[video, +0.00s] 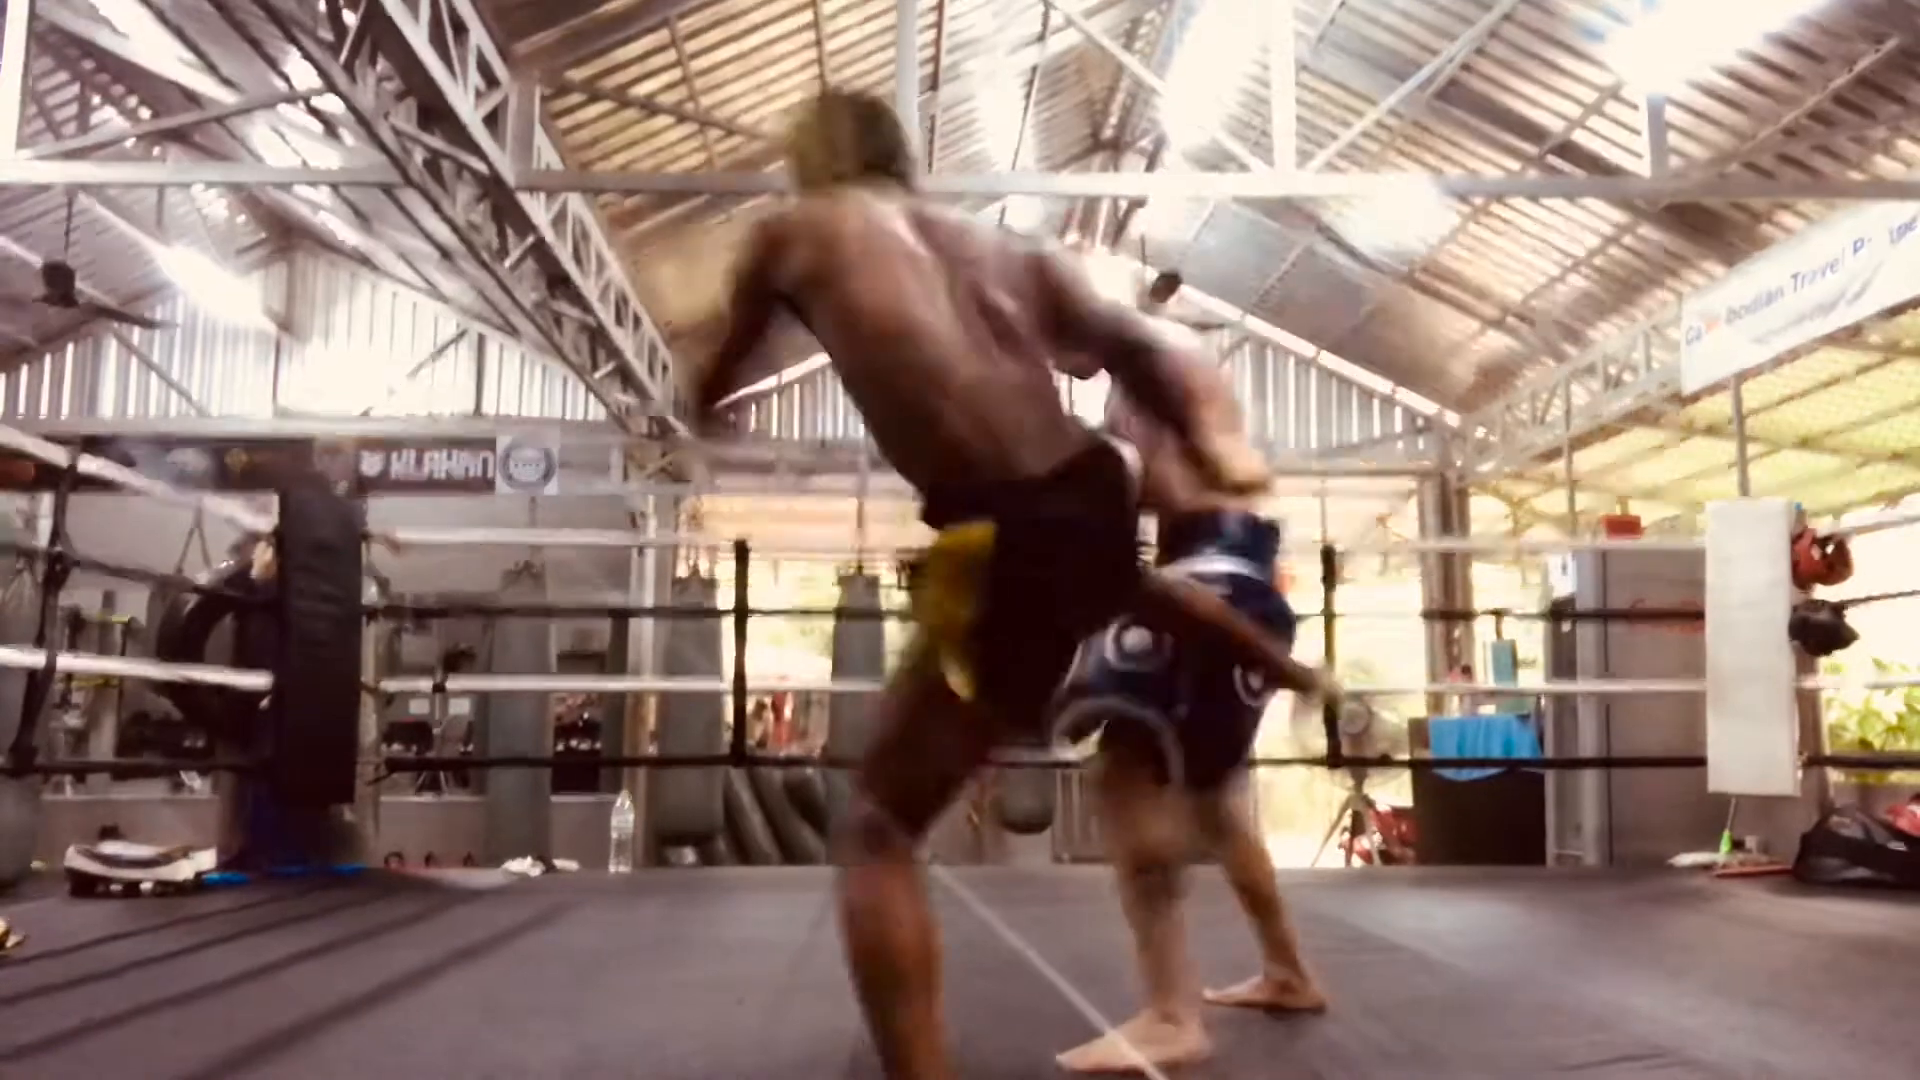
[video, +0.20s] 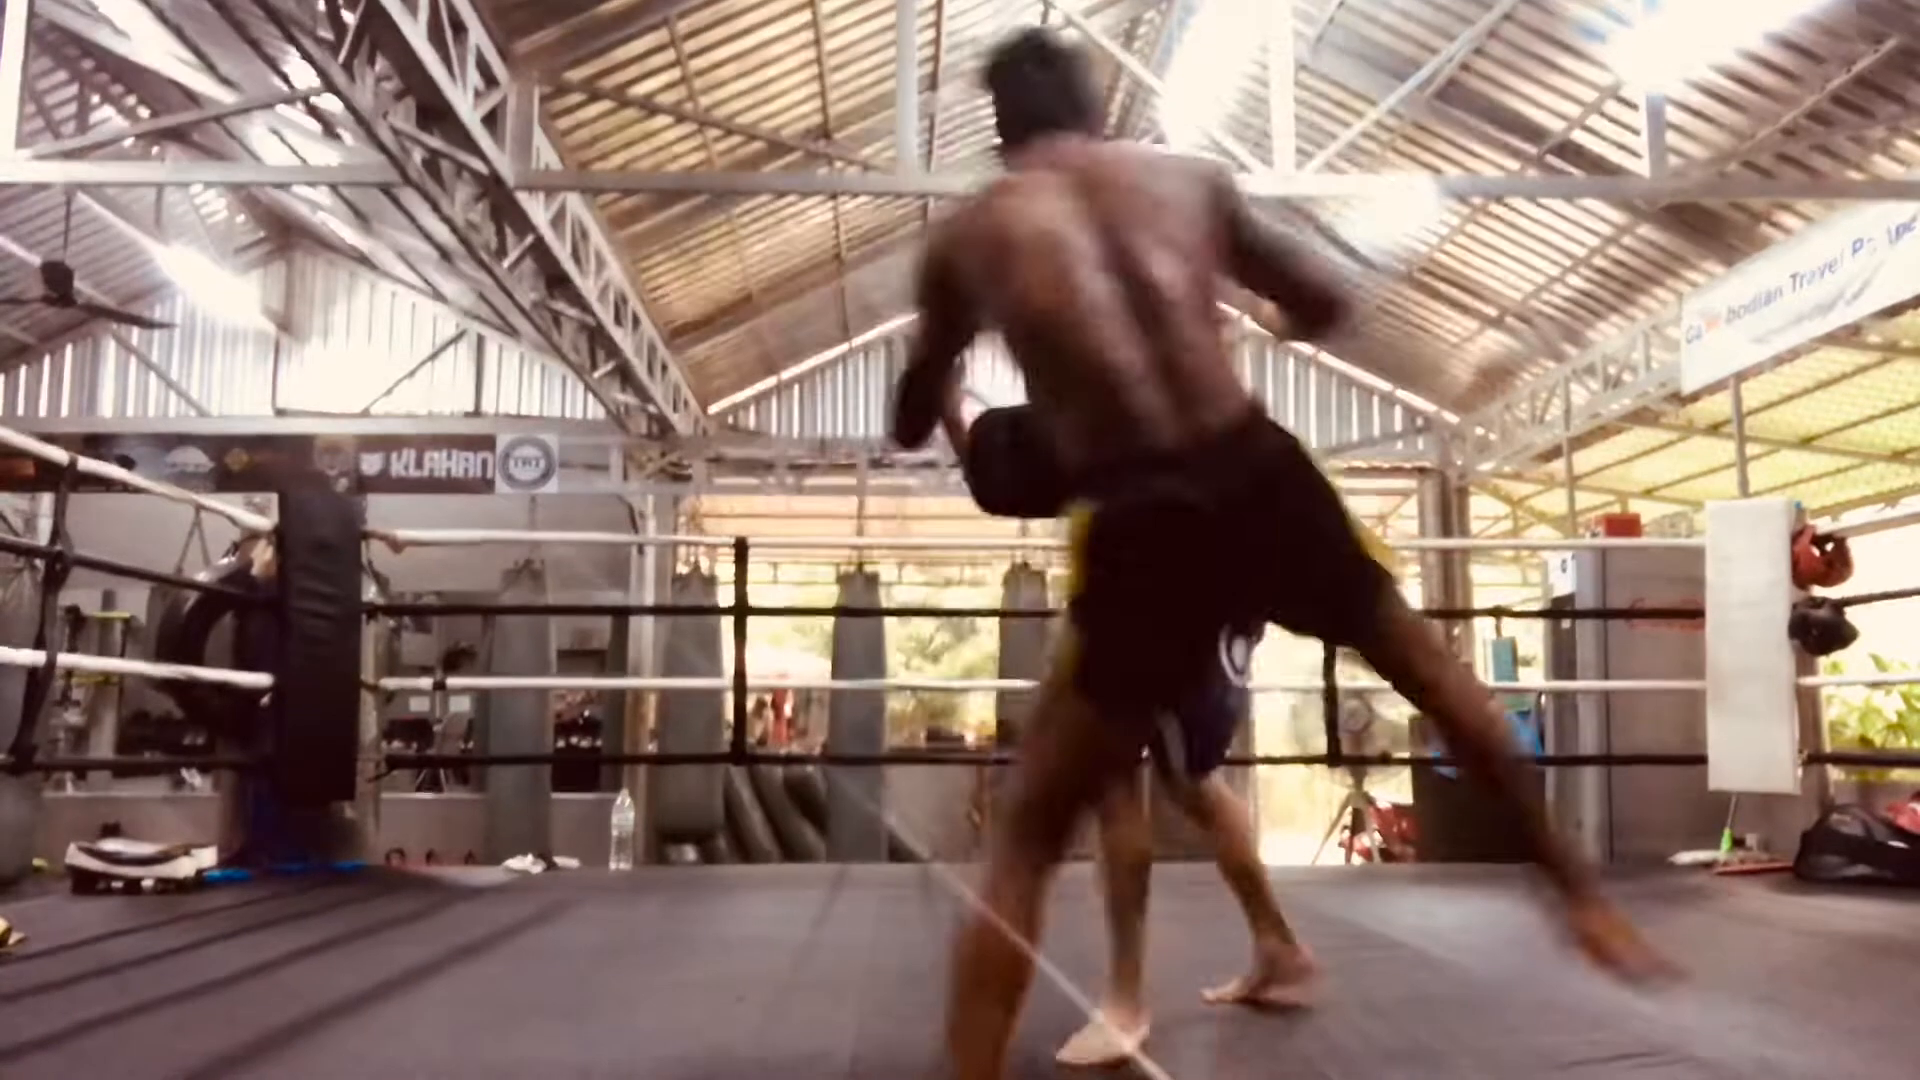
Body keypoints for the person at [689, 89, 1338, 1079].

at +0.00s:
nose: (791, 178)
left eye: (796, 163)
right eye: (797, 162)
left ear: (812, 164)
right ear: (897, 161)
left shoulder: (795, 231)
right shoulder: (993, 244)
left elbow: (710, 395)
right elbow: (1138, 347)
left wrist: (719, 352)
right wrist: (1212, 455)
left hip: (997, 546)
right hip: (1100, 493)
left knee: (875, 828)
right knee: (1129, 591)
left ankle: (920, 1067)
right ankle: (1304, 680)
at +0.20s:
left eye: (1001, 124)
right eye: (1084, 102)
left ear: (997, 124)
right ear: (1096, 105)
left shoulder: (967, 235)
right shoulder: (1186, 175)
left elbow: (914, 417)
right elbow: (1323, 299)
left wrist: (947, 398)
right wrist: (1263, 307)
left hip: (1142, 533)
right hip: (1267, 488)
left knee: (1027, 831)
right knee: (1434, 673)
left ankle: (969, 1066)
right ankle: (1583, 898)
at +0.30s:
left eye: (1140, 134)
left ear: (1136, 139)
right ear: (1229, 120)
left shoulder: (1108, 242)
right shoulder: (1326, 205)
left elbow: (988, 385)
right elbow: (1430, 349)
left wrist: (975, 423)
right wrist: (1319, 306)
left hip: (1236, 566)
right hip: (1373, 543)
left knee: (1100, 845)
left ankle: (993, 1071)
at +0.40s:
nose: (1302, 165)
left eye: (1304, 147)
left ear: (1313, 143)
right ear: (1414, 127)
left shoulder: (1283, 253)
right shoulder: (1491, 217)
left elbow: (1142, 351)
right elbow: (1540, 361)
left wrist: (1031, 422)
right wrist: (1490, 354)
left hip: (1354, 594)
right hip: (1499, 578)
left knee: (1199, 860)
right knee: (1718, 848)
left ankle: (1049, 1062)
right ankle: (1823, 1072)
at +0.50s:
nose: (1416, 160)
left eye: (1421, 138)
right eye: (1416, 140)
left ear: (1450, 126)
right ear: (1528, 121)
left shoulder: (1402, 215)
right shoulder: (1619, 207)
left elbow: (1254, 337)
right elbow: (1639, 366)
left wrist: (1132, 432)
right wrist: (1558, 350)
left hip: (1431, 548)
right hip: (1583, 544)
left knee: (1304, 830)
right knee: (1730, 840)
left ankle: (1225, 1062)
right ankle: (1826, 1069)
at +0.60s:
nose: (1444, 114)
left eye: (1450, 95)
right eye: (1444, 97)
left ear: (1483, 79)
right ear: (1563, 77)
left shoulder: (1461, 163)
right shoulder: (1669, 176)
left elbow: (1338, 278)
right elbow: (1678, 366)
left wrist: (1236, 411)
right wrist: (1570, 305)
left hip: (1475, 488)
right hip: (1622, 485)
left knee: (1385, 780)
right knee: (1733, 810)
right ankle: (1832, 1067)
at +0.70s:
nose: (1471, 125)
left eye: (1473, 109)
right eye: (1468, 112)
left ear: (1513, 85)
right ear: (1582, 85)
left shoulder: (1488, 155)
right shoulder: (1689, 179)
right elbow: (1663, 311)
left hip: (1527, 483)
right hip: (1667, 477)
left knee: (1426, 763)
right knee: (1762, 822)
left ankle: (1541, 1049)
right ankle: (1845, 1069)